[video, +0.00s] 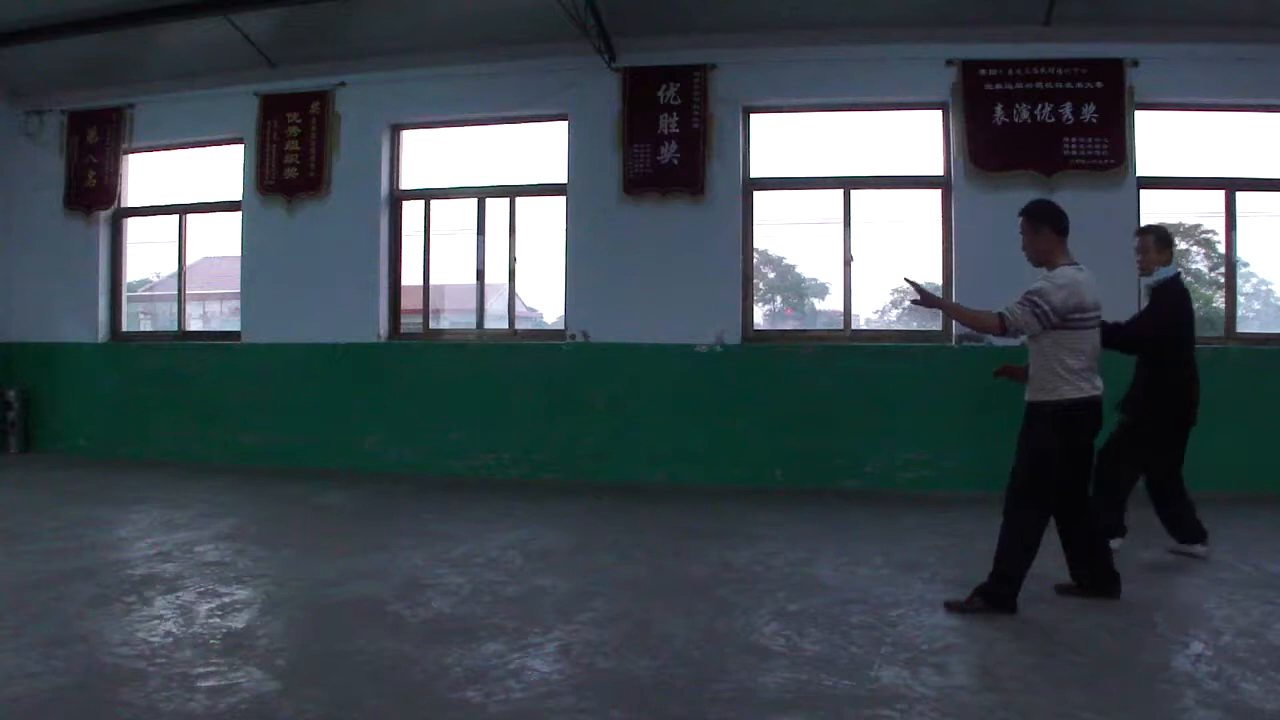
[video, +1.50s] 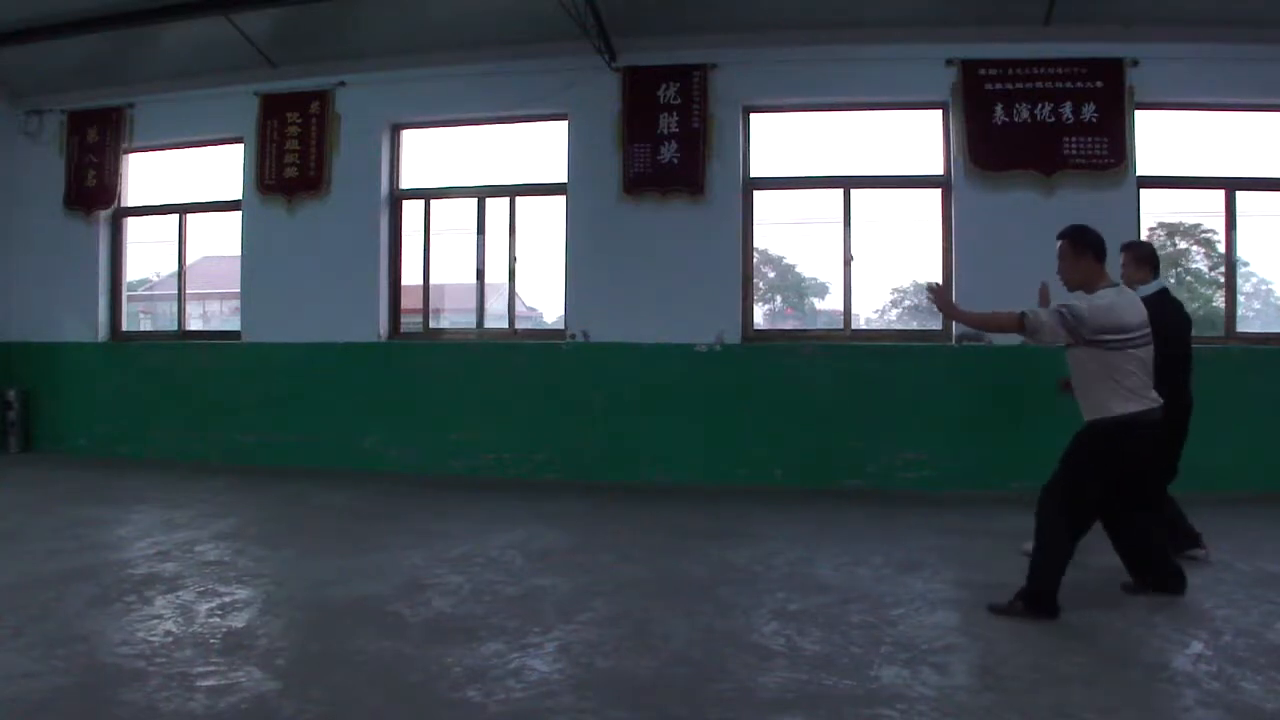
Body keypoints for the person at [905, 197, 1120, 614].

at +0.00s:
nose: (1022, 244)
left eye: (1026, 235)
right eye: (1021, 235)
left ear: (1048, 236)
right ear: (1058, 238)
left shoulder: (1053, 287)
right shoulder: (1082, 282)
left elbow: (1000, 324)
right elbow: (1078, 355)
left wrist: (942, 305)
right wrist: (1029, 372)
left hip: (1055, 410)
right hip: (1081, 406)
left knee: (1025, 501)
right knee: (1069, 497)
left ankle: (1000, 593)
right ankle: (1098, 580)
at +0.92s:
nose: (1071, 252)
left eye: (1077, 243)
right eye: (1072, 243)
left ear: (1100, 244)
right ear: (1109, 245)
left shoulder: (1100, 298)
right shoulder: (1139, 292)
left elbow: (1035, 323)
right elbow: (1129, 354)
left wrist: (969, 308)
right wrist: (1085, 379)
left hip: (1111, 420)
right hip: (1143, 415)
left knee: (1065, 499)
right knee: (1109, 500)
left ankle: (1043, 597)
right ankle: (1147, 583)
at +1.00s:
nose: (1069, 252)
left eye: (1074, 243)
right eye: (1069, 244)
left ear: (1097, 243)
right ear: (1106, 245)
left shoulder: (1096, 297)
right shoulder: (1139, 292)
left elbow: (1034, 323)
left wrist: (966, 308)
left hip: (1111, 419)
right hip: (1144, 413)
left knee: (1067, 500)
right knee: (1111, 500)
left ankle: (1044, 598)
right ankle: (1146, 583)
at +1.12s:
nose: (1062, 253)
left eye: (1067, 243)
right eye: (1062, 244)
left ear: (1089, 243)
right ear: (1102, 245)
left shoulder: (1086, 298)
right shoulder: (1136, 292)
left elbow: (1024, 323)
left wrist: (961, 307)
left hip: (1105, 420)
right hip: (1144, 413)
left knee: (1063, 501)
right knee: (1113, 500)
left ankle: (1043, 598)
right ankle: (1147, 582)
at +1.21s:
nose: (1053, 255)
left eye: (1057, 245)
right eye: (1052, 246)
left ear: (1079, 244)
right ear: (1093, 245)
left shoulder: (1073, 300)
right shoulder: (1132, 292)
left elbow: (1014, 323)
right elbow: (1149, 340)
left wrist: (957, 305)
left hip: (1098, 420)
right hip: (1140, 413)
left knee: (1057, 502)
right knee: (1113, 500)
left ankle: (1041, 598)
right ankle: (1147, 582)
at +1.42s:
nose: (1049, 266)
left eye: (1053, 257)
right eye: (1049, 258)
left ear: (1075, 255)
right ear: (1088, 257)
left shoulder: (1066, 310)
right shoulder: (1130, 301)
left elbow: (1010, 326)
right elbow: (1147, 352)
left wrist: (951, 310)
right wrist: (1084, 382)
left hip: (1099, 429)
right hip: (1142, 420)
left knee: (1048, 502)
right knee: (1105, 498)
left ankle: (1039, 599)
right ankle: (1157, 570)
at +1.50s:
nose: (1059, 269)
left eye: (1063, 259)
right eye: (1059, 260)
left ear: (1087, 260)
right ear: (1097, 261)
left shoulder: (1087, 310)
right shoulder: (1131, 302)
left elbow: (1020, 323)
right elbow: (1092, 337)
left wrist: (956, 313)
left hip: (1110, 431)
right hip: (1147, 423)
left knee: (1059, 505)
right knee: (1120, 504)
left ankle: (1039, 598)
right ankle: (1161, 576)